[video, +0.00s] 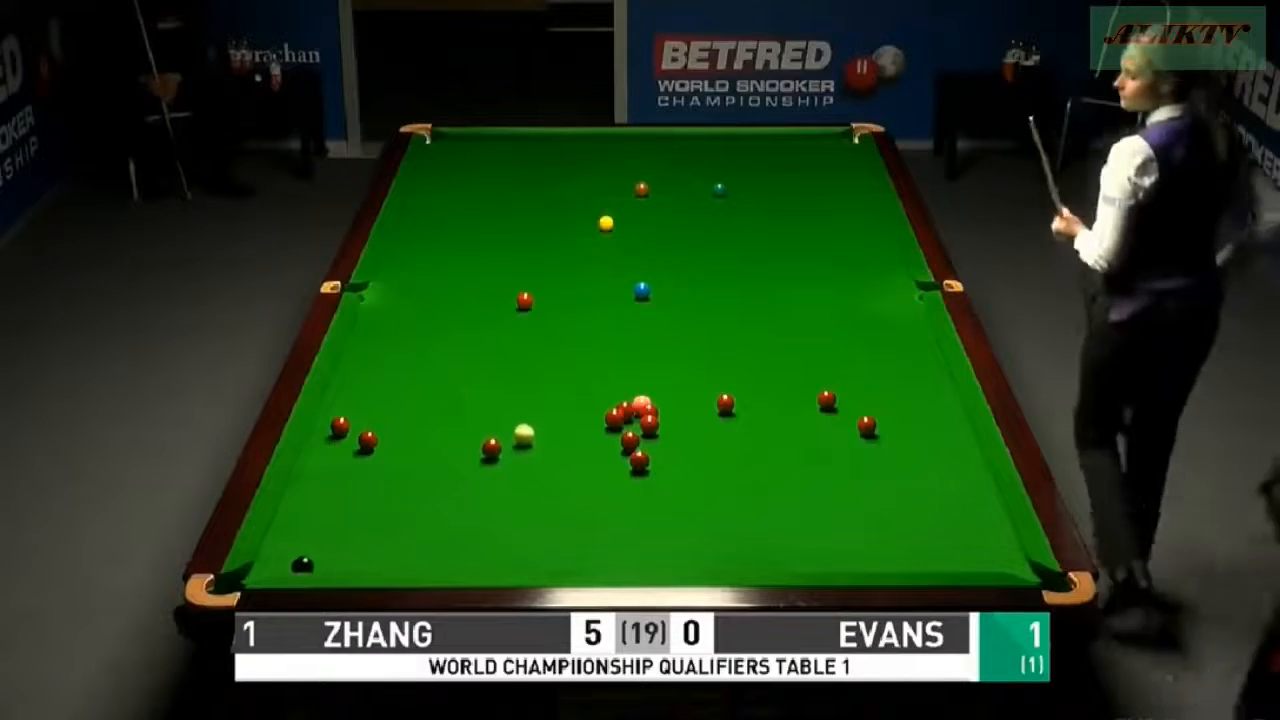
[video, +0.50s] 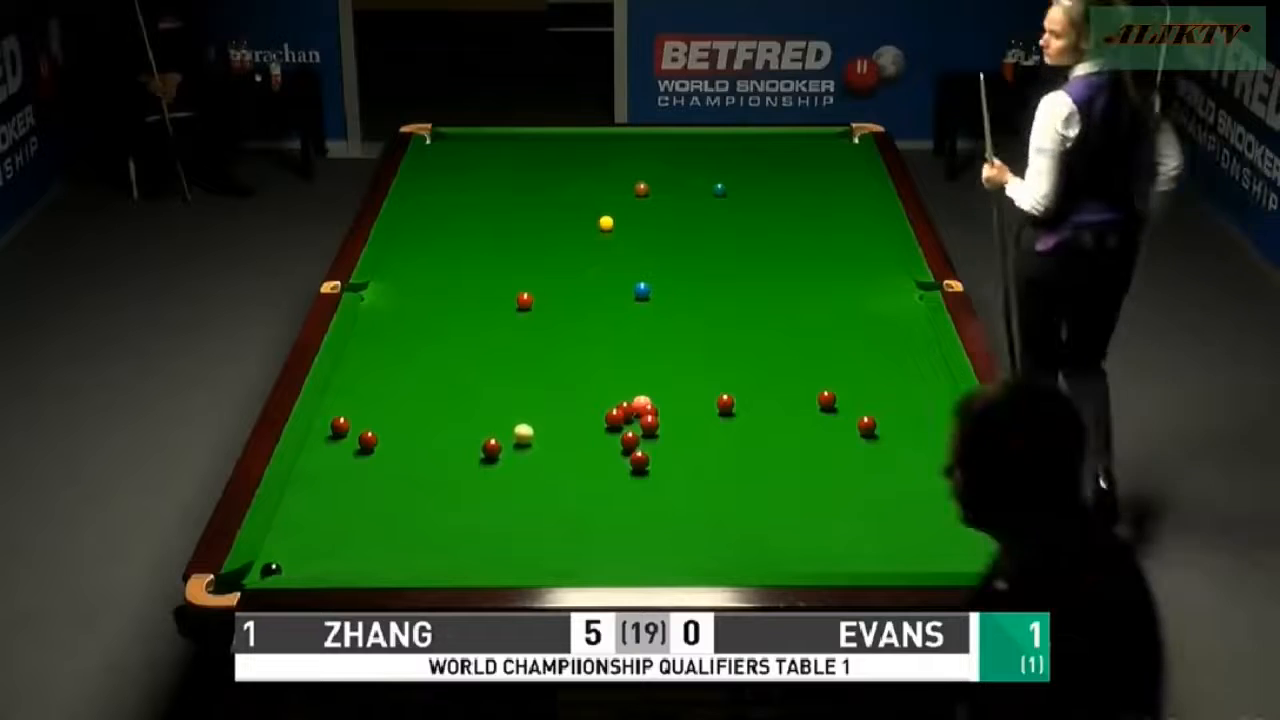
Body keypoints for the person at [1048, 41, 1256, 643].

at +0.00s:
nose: (1118, 83)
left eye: (1128, 75)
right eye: (1120, 72)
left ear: (1161, 83)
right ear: (1174, 82)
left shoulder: (1134, 153)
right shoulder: (1222, 138)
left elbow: (1104, 256)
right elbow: (1255, 220)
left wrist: (1074, 231)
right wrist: (1209, 261)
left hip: (1129, 316)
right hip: (1194, 312)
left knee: (1095, 432)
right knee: (1154, 439)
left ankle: (1124, 571)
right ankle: (1133, 574)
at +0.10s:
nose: (1105, 72)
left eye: (1114, 64)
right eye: (1107, 61)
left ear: (1144, 72)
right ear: (1163, 71)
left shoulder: (1119, 141)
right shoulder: (1210, 130)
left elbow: (1094, 240)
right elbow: (1255, 199)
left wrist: (1057, 221)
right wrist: (1204, 245)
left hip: (1112, 302)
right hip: (1176, 302)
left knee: (1079, 411)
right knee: (1146, 429)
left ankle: (1075, 552)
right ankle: (1127, 570)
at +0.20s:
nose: (1095, 70)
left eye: (1105, 62)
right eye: (1098, 59)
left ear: (1135, 69)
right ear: (1154, 69)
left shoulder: (1109, 137)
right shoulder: (1195, 123)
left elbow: (1087, 238)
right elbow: (1245, 189)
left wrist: (1045, 219)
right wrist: (1192, 232)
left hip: (1100, 297)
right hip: (1164, 298)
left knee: (1067, 415)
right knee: (1138, 438)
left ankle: (1038, 531)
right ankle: (1126, 573)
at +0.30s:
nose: (1074, 66)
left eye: (1082, 59)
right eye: (1076, 56)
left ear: (1113, 67)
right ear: (1126, 67)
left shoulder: (1091, 132)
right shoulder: (1169, 115)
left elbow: (1074, 231)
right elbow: (1220, 175)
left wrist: (1030, 213)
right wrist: (1186, 230)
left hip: (1083, 283)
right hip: (1147, 281)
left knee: (1053, 401)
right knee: (1126, 403)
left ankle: (1022, 490)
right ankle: (1120, 502)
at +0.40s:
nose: (1060, 57)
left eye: (1069, 50)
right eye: (1062, 47)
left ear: (1099, 55)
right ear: (1113, 56)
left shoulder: (1076, 123)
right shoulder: (1154, 106)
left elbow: (1061, 221)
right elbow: (1199, 169)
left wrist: (1019, 203)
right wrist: (1167, 229)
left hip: (1074, 269)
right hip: (1134, 266)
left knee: (1049, 384)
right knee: (1116, 387)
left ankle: (1056, 481)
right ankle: (1113, 479)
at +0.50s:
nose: (1042, 41)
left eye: (1053, 35)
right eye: (1045, 31)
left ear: (1085, 41)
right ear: (1094, 39)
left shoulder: (1059, 105)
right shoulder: (1136, 93)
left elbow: (1038, 200)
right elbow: (1170, 165)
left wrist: (1005, 180)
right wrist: (1134, 210)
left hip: (1055, 255)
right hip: (1113, 252)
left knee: (1039, 368)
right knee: (1087, 362)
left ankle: (1048, 488)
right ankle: (1099, 481)